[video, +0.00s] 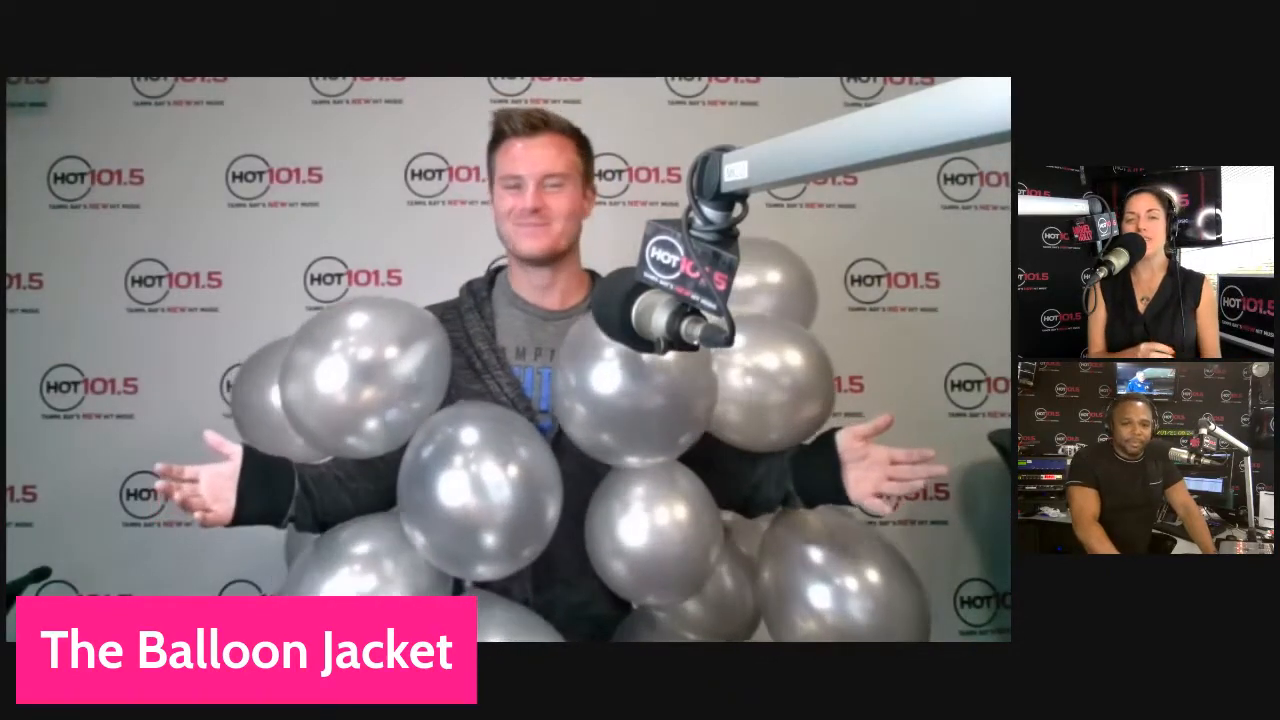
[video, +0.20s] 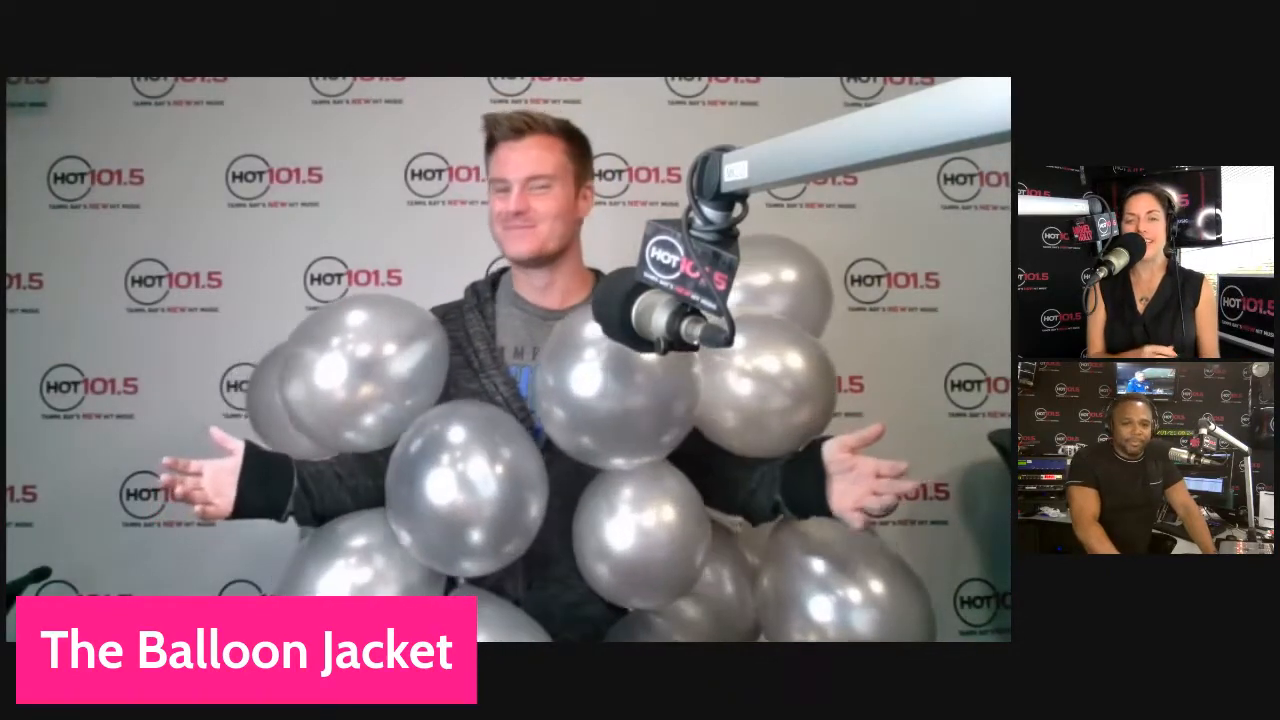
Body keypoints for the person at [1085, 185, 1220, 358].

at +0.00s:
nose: (1140, 227)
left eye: (1152, 217)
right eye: (1131, 219)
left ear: (1168, 226)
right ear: (1121, 228)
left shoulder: (1197, 287)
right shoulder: (1102, 288)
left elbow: (1212, 364)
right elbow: (1095, 358)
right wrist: (1133, 354)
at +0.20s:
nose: (1140, 228)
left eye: (1152, 218)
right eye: (1130, 220)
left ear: (1168, 225)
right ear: (1120, 228)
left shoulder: (1197, 287)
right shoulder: (1101, 289)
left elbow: (1210, 364)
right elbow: (1094, 359)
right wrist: (1136, 356)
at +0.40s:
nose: (1141, 230)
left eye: (1153, 220)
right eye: (1130, 222)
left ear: (1168, 226)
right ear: (1120, 228)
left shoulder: (1196, 287)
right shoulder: (1101, 289)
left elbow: (1211, 365)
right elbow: (1094, 360)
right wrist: (1137, 356)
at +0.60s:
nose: (1141, 230)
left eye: (1153, 220)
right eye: (1130, 222)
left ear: (1167, 226)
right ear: (1120, 228)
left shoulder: (1196, 287)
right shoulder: (1099, 289)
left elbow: (1210, 366)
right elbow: (1093, 360)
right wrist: (1140, 356)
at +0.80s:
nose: (1142, 229)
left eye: (1153, 219)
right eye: (1131, 220)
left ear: (1167, 226)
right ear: (1120, 227)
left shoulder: (1196, 287)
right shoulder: (1099, 289)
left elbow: (1210, 366)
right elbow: (1093, 361)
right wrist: (1139, 356)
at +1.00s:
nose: (1141, 229)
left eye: (1153, 219)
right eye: (1131, 220)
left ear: (1167, 225)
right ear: (1120, 227)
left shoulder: (1196, 287)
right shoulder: (1099, 289)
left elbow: (1210, 366)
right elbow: (1093, 361)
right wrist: (1138, 357)